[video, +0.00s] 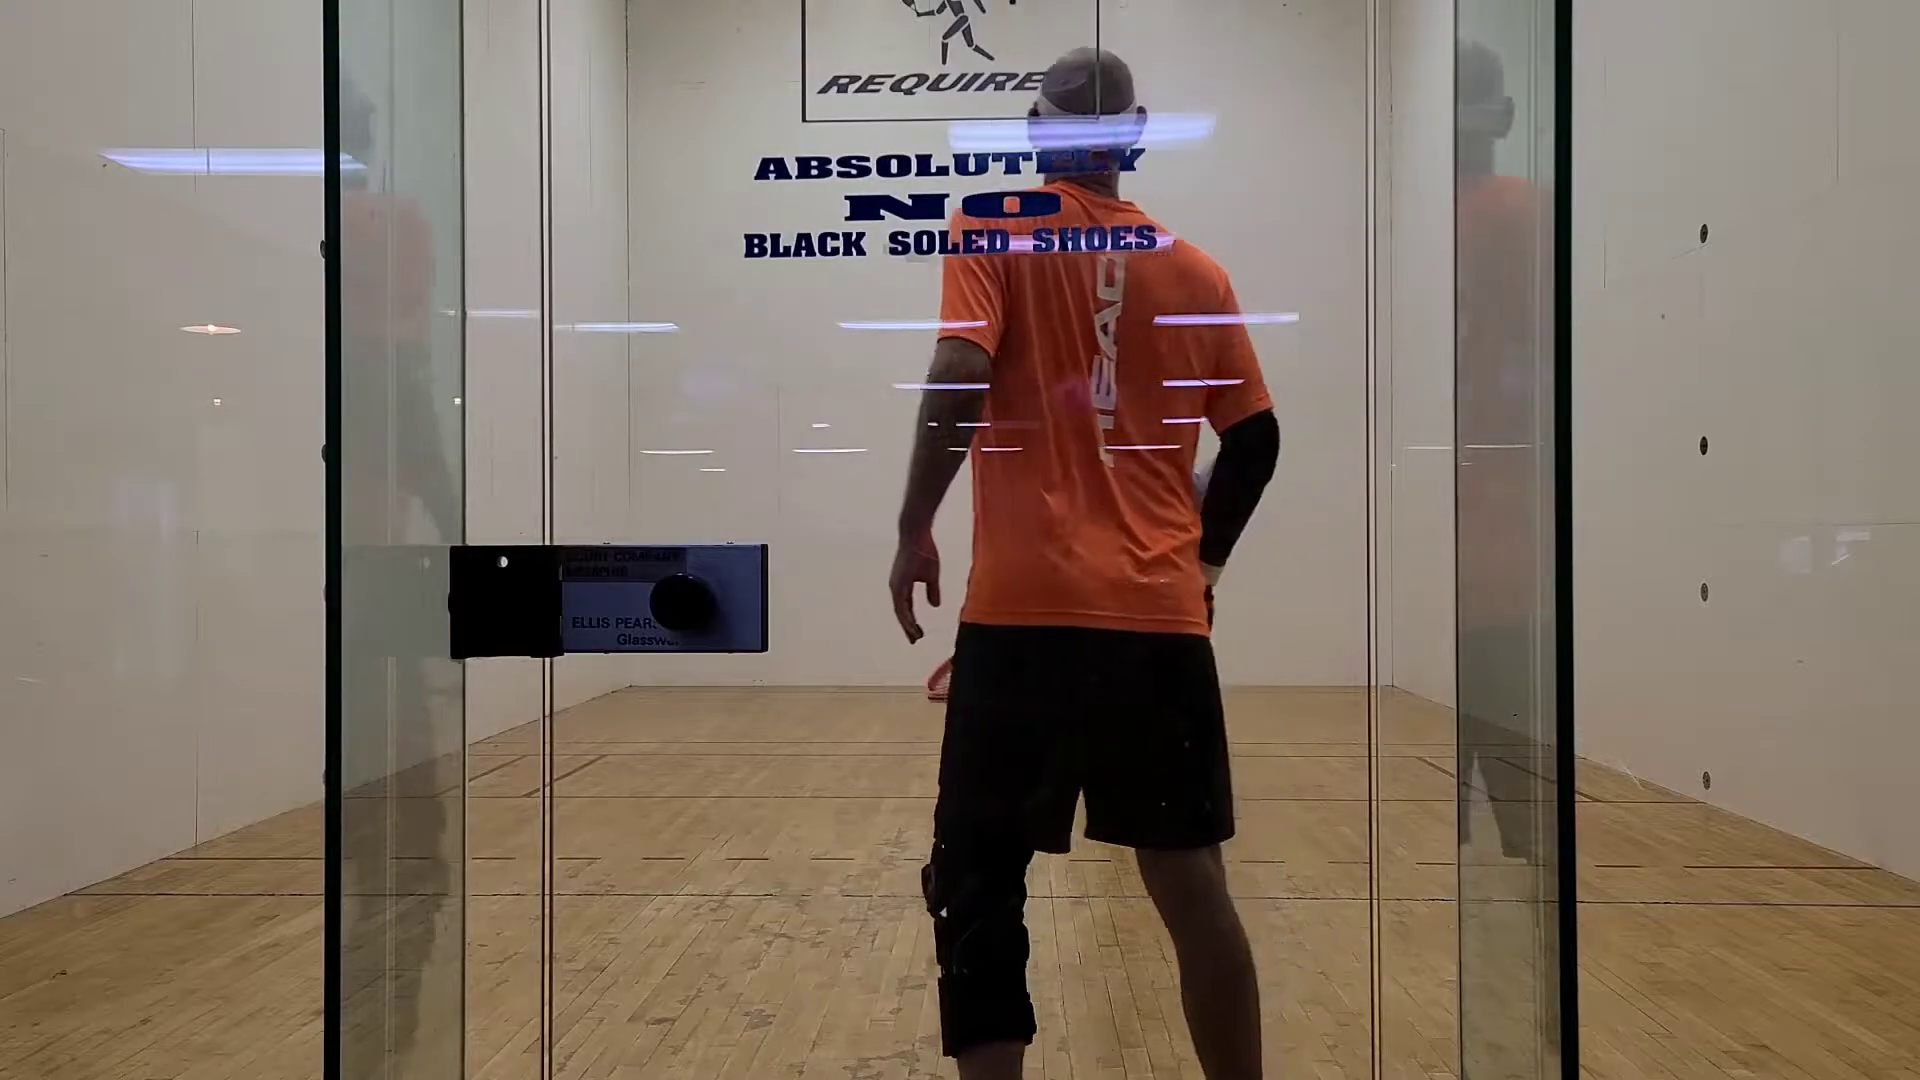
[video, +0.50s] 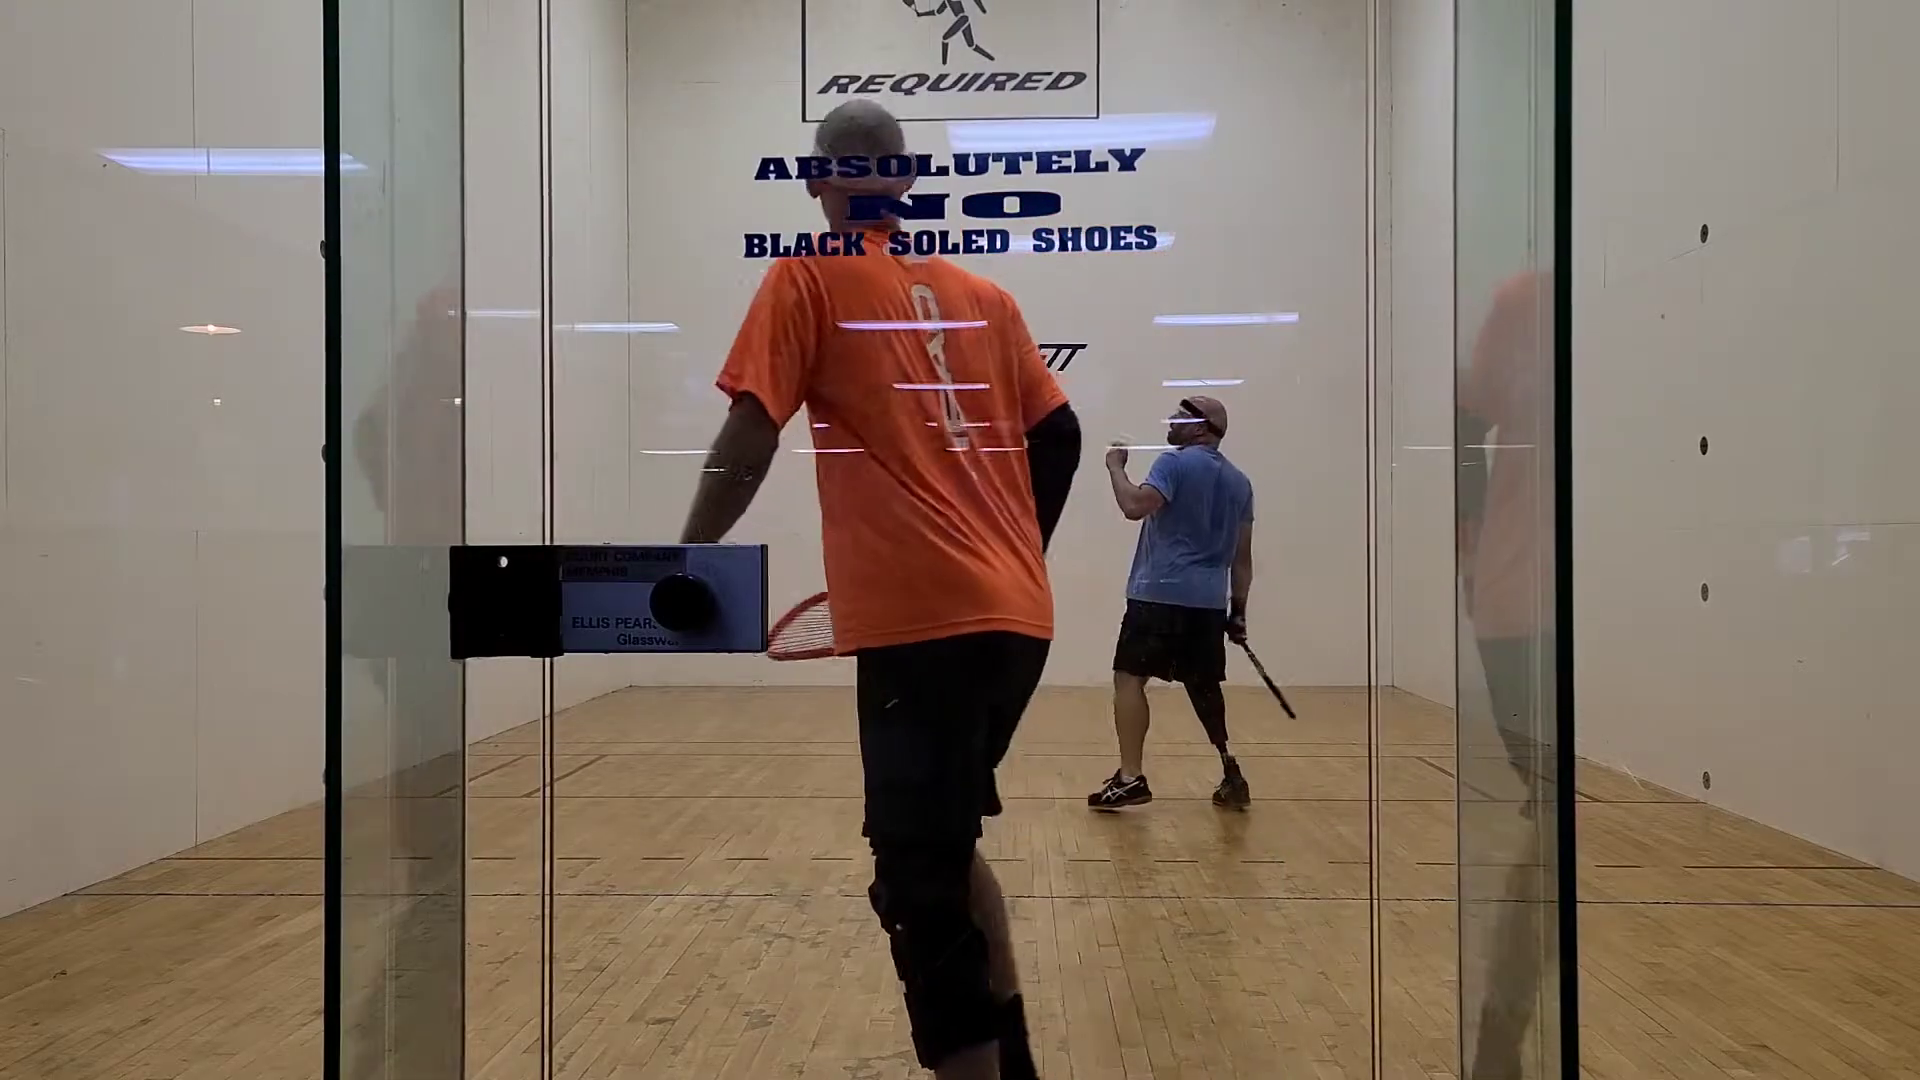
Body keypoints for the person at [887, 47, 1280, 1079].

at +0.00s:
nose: (1029, 138)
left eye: (1033, 122)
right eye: (1040, 120)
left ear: (1039, 127)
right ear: (1134, 141)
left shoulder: (990, 232)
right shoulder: (1194, 270)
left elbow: (959, 382)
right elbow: (1253, 438)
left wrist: (914, 527)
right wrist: (1195, 567)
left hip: (1022, 615)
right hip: (1162, 624)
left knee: (976, 886)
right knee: (1192, 889)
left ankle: (992, 1077)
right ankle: (1240, 1076)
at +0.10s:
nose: (983, 139)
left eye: (985, 122)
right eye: (993, 120)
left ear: (989, 128)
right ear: (1083, 134)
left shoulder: (950, 237)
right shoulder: (1143, 264)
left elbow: (915, 388)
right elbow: (1204, 430)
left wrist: (870, 528)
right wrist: (1163, 561)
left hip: (986, 616)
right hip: (1121, 619)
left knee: (962, 890)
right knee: (1153, 880)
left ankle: (984, 1074)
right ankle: (1222, 1074)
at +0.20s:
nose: (951, 155)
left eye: (937, 139)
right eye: (986, 141)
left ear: (936, 139)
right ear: (1034, 143)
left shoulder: (905, 239)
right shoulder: (1099, 267)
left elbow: (875, 384)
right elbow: (1167, 430)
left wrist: (824, 530)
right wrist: (1118, 557)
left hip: (956, 606)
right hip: (1085, 608)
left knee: (951, 882)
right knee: (1098, 856)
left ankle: (982, 1069)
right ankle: (1191, 1070)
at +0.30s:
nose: (886, 160)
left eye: (886, 147)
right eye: (895, 147)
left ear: (895, 146)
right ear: (988, 146)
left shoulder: (870, 245)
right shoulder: (1055, 268)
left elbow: (835, 402)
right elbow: (1129, 434)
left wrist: (780, 541)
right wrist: (1071, 563)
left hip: (943, 611)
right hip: (1064, 611)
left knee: (942, 888)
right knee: (1040, 839)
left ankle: (976, 1075)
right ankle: (1148, 1062)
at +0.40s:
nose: (862, 179)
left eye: (855, 165)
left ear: (851, 168)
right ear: (947, 168)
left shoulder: (836, 260)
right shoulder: (1021, 283)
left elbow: (792, 422)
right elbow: (1092, 428)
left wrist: (726, 565)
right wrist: (1040, 577)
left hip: (931, 613)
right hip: (1042, 611)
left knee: (932, 898)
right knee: (987, 827)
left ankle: (978, 1071)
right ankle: (1084, 1063)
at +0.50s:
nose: (826, 186)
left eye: (824, 170)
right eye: (837, 168)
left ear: (819, 179)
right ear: (908, 180)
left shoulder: (807, 279)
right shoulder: (982, 293)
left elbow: (745, 444)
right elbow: (1057, 433)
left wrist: (683, 574)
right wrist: (1016, 556)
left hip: (913, 619)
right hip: (1017, 610)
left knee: (916, 882)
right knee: (952, 841)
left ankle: (972, 1067)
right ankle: (1009, 1049)